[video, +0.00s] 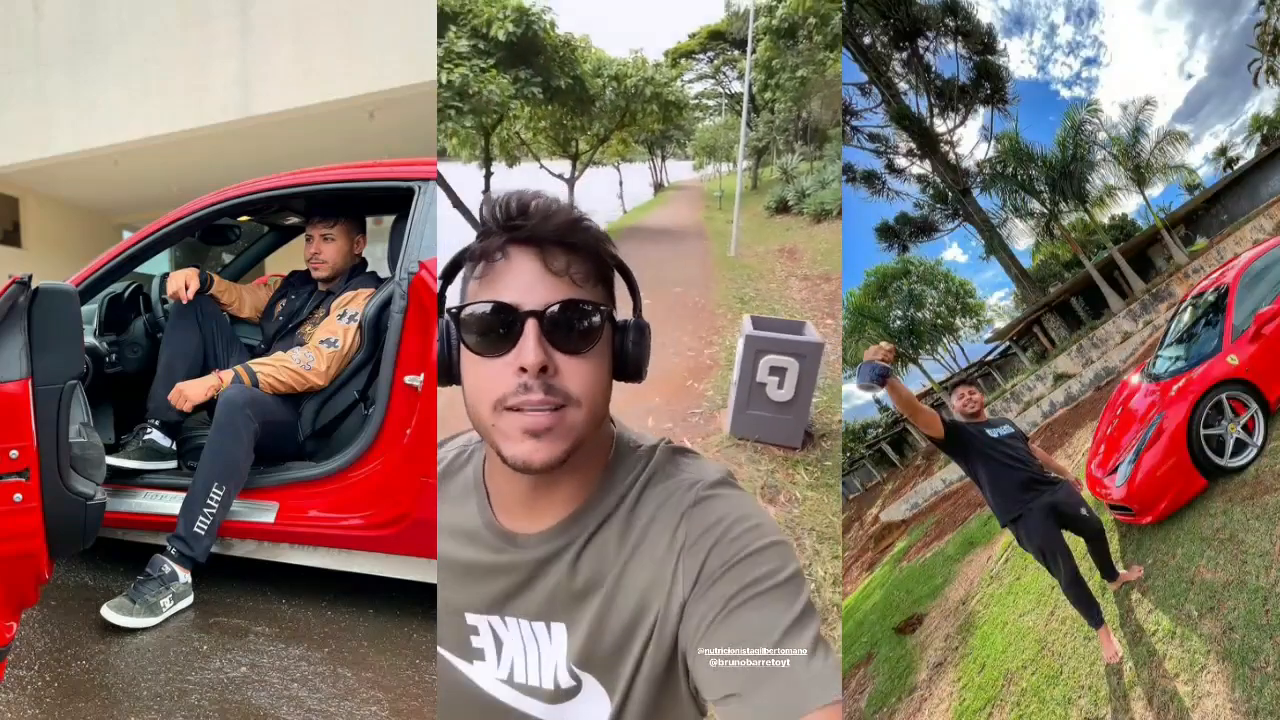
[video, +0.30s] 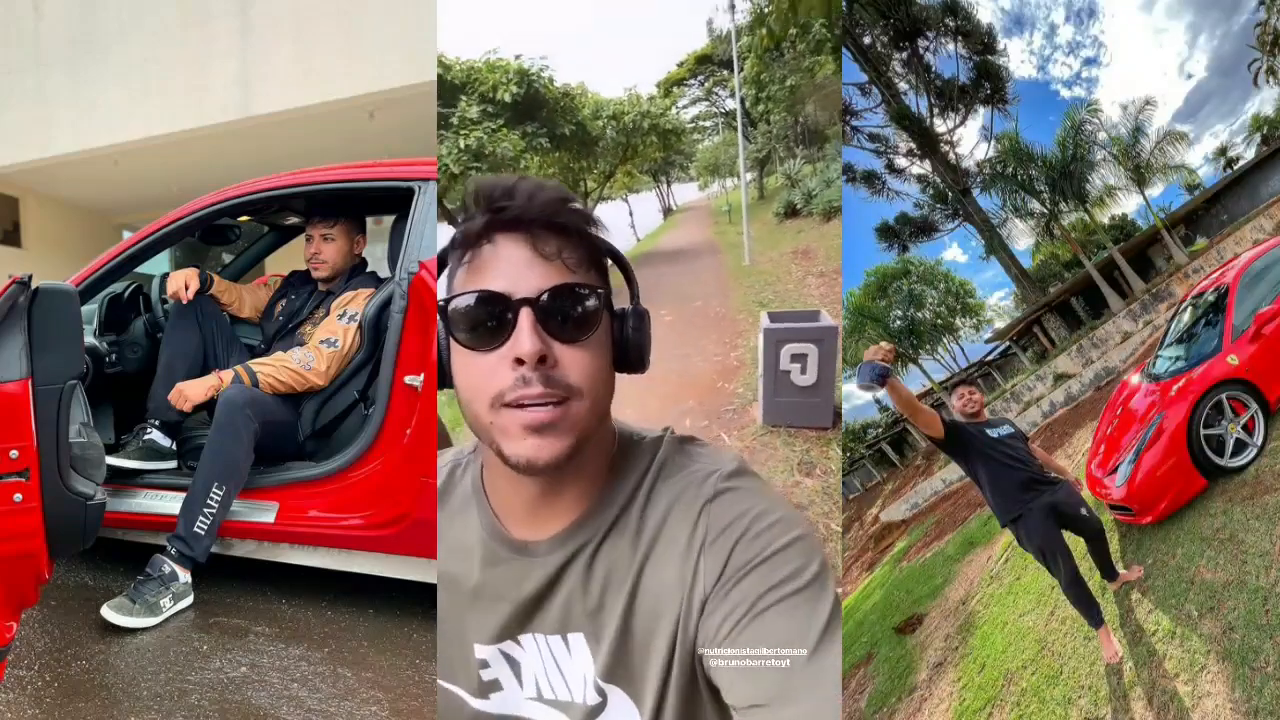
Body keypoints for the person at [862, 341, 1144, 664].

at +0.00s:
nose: (966, 397)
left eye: (971, 392)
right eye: (959, 397)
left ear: (983, 398)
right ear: (953, 410)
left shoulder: (1003, 424)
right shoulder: (956, 436)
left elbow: (1037, 454)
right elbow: (917, 412)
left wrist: (1067, 475)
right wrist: (885, 374)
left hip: (1051, 489)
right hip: (1022, 511)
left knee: (1093, 528)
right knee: (1065, 570)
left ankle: (1114, 575)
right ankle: (1101, 628)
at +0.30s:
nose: (967, 397)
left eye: (971, 392)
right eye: (959, 397)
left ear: (983, 398)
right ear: (953, 410)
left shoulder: (1004, 424)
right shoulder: (956, 436)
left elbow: (1036, 454)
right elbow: (916, 412)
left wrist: (1066, 475)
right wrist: (885, 374)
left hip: (1051, 489)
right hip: (1022, 512)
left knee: (1094, 528)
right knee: (1065, 570)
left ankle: (1113, 576)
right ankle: (1101, 628)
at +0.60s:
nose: (967, 397)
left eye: (971, 392)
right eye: (959, 397)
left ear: (983, 398)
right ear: (953, 410)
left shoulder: (1004, 424)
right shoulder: (956, 436)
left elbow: (1037, 454)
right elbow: (916, 412)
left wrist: (1067, 475)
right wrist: (886, 375)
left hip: (1051, 489)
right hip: (1022, 512)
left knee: (1093, 527)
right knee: (1065, 570)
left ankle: (1114, 576)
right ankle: (1101, 628)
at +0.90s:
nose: (967, 397)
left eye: (971, 392)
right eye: (959, 397)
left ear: (983, 398)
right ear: (953, 410)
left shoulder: (1004, 424)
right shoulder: (956, 436)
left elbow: (1037, 454)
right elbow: (916, 412)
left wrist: (1067, 475)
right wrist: (885, 375)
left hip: (1051, 489)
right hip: (1022, 512)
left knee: (1093, 527)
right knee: (1065, 570)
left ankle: (1114, 576)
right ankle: (1101, 628)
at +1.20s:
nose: (966, 397)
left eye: (971, 392)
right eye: (959, 397)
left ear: (983, 398)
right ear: (953, 410)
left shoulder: (1004, 424)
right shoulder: (956, 436)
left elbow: (1037, 454)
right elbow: (917, 413)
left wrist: (1067, 475)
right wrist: (886, 375)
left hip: (1051, 489)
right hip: (1022, 512)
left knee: (1093, 527)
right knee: (1065, 570)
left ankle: (1114, 576)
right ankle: (1101, 628)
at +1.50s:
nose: (967, 397)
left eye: (971, 392)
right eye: (959, 397)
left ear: (983, 398)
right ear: (953, 410)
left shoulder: (1004, 424)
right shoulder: (957, 436)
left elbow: (1037, 454)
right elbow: (916, 412)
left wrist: (1067, 475)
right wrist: (885, 374)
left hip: (1052, 489)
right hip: (1022, 512)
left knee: (1093, 528)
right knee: (1065, 571)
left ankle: (1114, 576)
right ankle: (1101, 628)